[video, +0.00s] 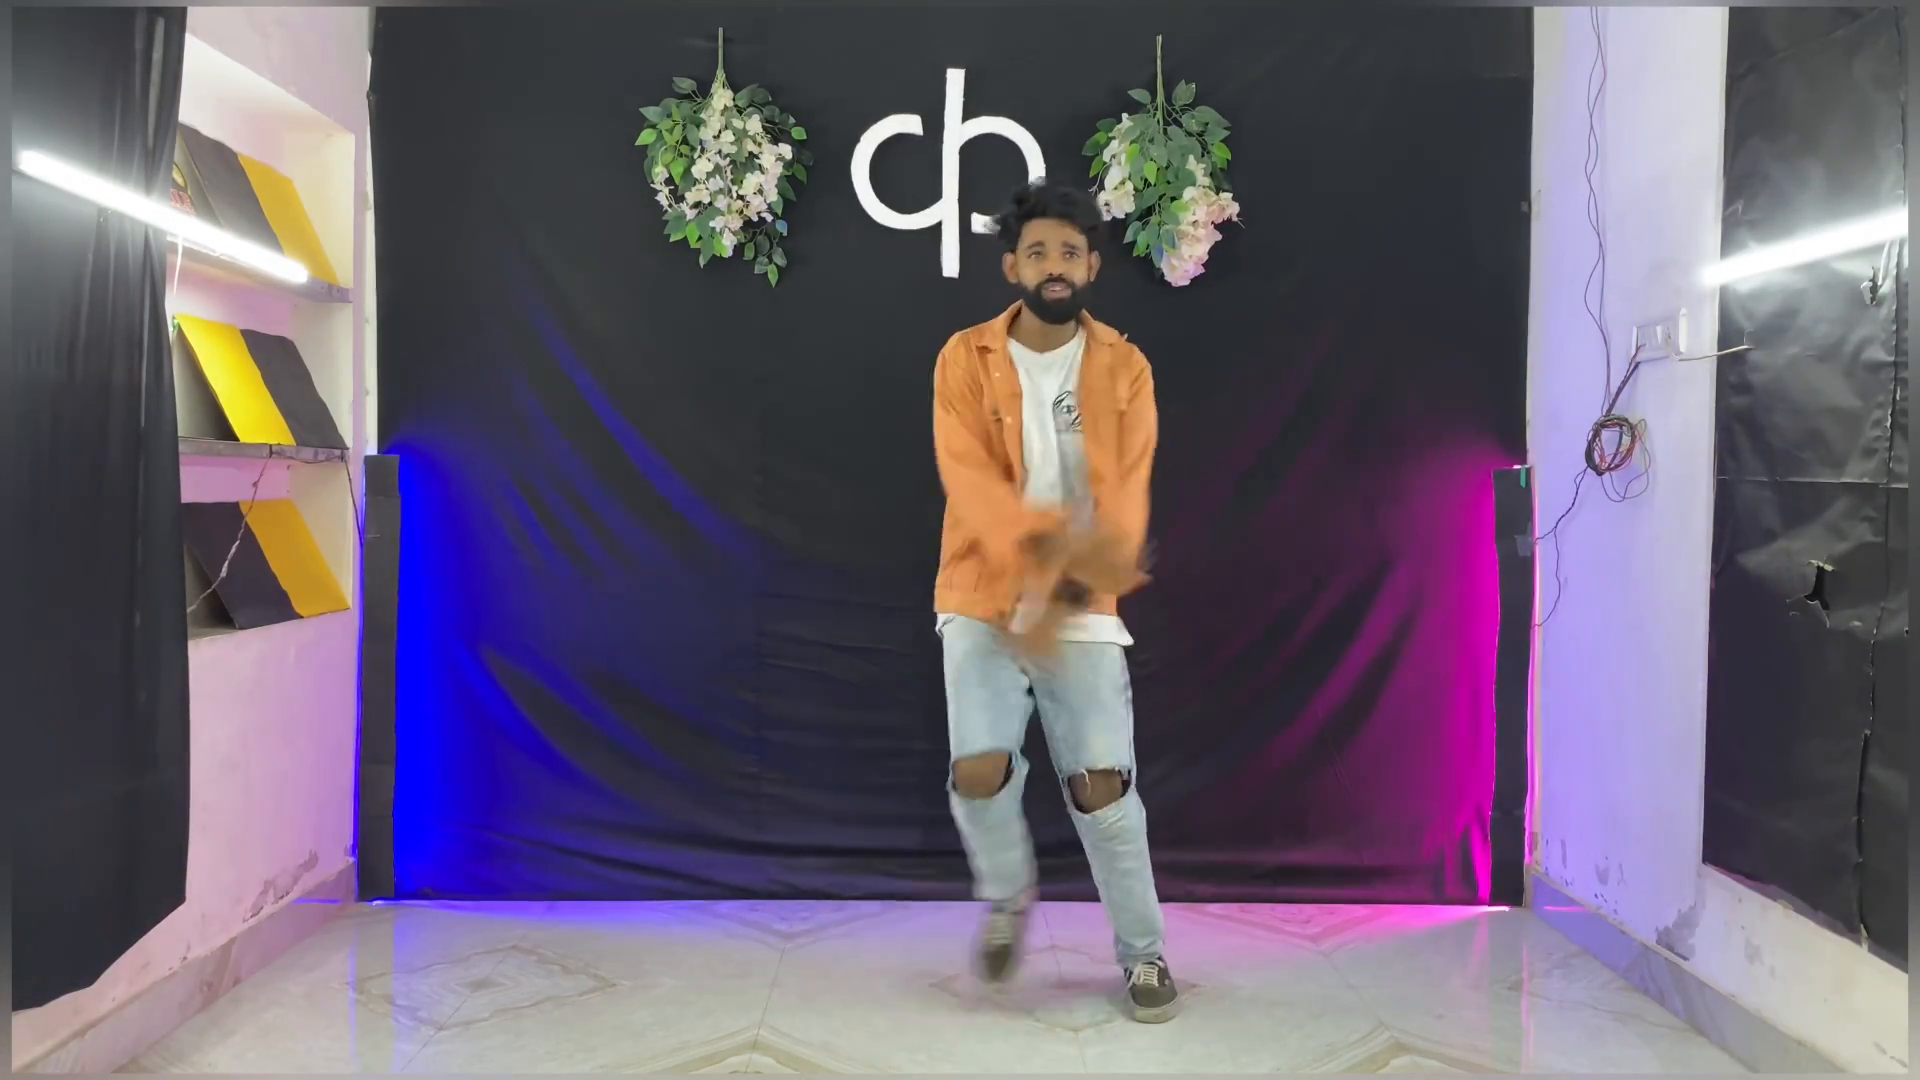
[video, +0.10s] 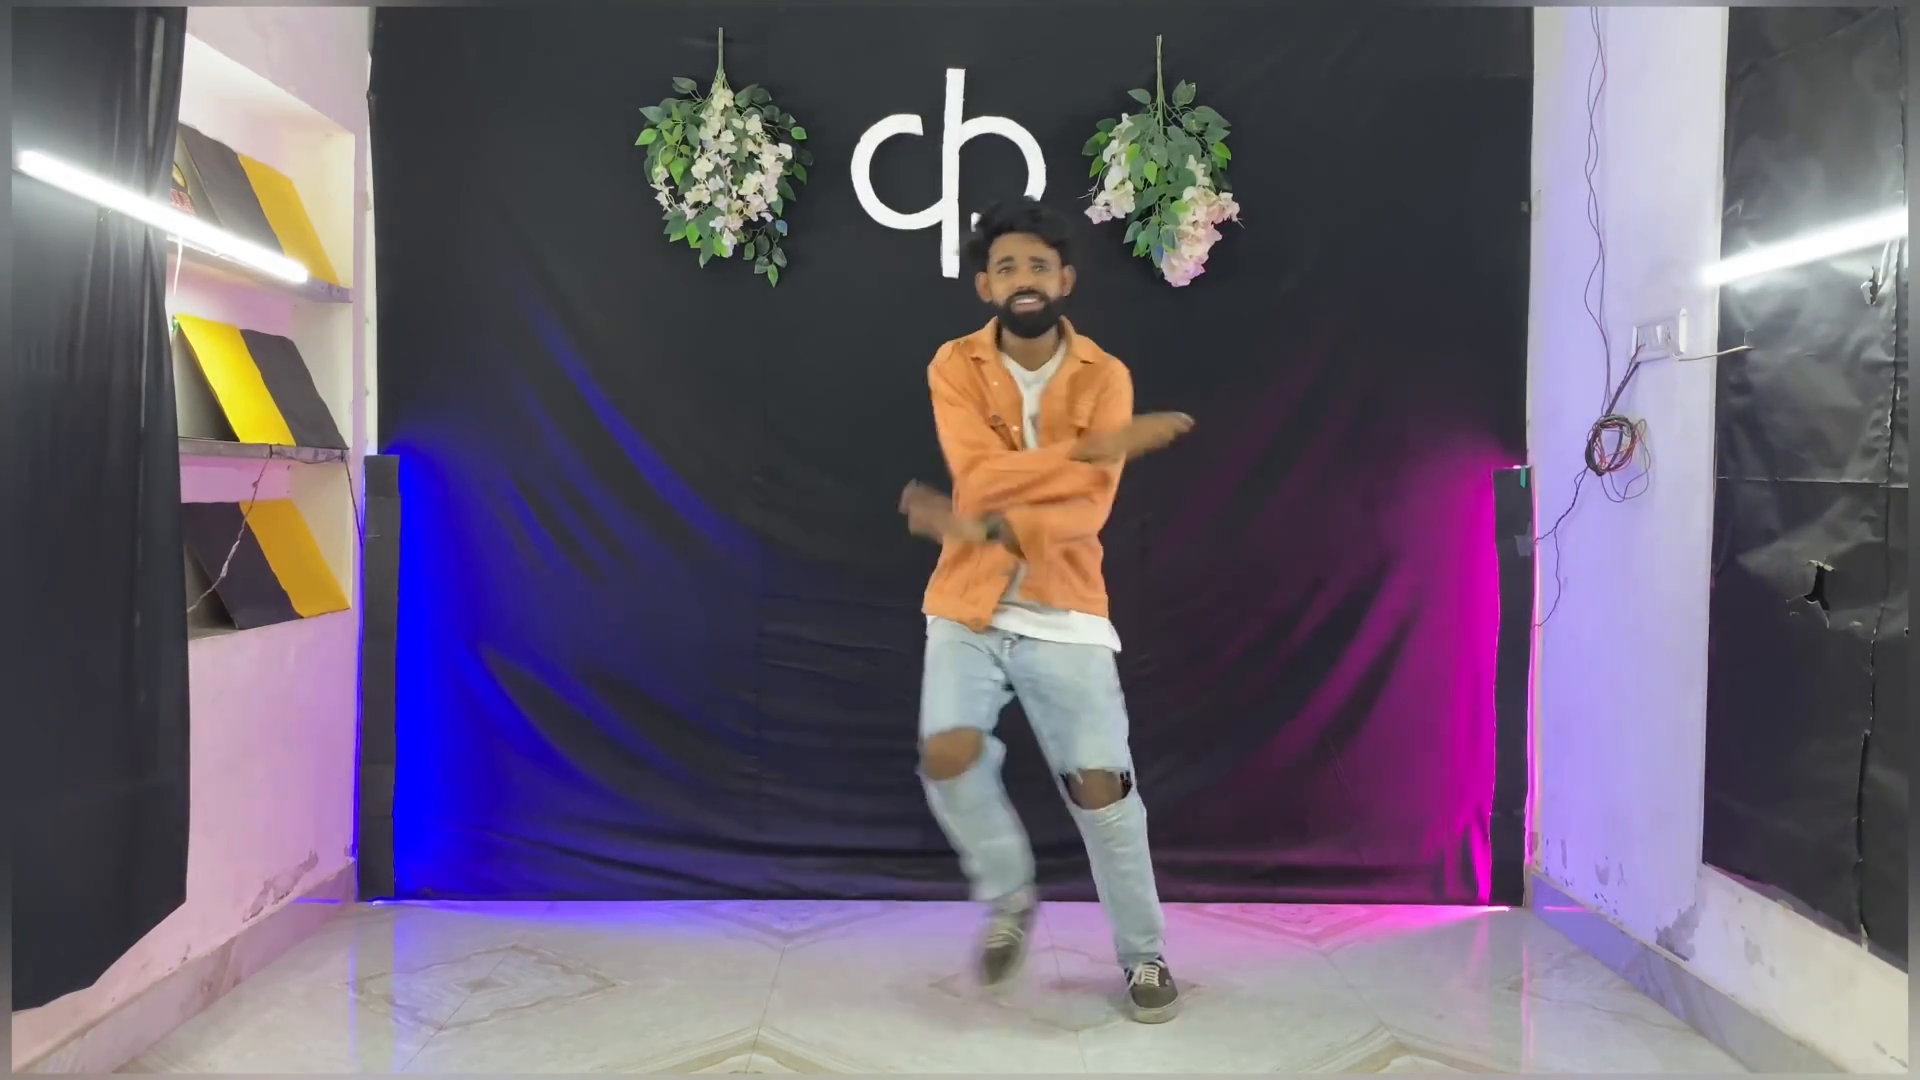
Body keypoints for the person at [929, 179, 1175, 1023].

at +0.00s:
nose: (1054, 268)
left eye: (1071, 253)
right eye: (1036, 253)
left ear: (1093, 267)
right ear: (1010, 263)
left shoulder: (1123, 366)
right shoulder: (965, 358)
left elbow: (1128, 492)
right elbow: (964, 476)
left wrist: (1076, 576)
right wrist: (1040, 536)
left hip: (1083, 602)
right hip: (981, 600)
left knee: (1100, 783)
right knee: (978, 767)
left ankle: (1142, 951)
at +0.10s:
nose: (1024, 279)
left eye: (1039, 264)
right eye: (1005, 267)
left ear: (1066, 277)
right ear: (982, 285)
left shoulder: (1102, 377)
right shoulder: (957, 365)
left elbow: (1088, 502)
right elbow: (977, 472)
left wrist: (974, 522)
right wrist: (1096, 447)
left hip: (1066, 607)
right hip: (968, 599)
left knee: (1099, 785)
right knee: (947, 752)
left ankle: (1143, 953)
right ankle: (1009, 895)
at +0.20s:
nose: (981, 281)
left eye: (1000, 266)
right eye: (966, 266)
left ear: (1033, 280)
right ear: (949, 279)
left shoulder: (1078, 377)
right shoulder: (921, 374)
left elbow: (1104, 517)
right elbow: (894, 497)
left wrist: (1031, 495)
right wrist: (972, 481)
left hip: (1045, 620)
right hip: (942, 607)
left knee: (1067, 795)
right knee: (892, 756)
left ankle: (1136, 953)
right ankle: (848, 935)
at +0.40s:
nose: (920, 330)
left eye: (942, 320)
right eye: (912, 316)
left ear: (978, 340)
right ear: (897, 330)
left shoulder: (1021, 436)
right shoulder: (872, 442)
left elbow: (1093, 549)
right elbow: (822, 570)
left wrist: (1170, 644)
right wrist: (753, 663)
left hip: (963, 704)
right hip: (860, 684)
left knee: (960, 886)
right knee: (791, 836)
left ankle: (1107, 948)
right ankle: (682, 965)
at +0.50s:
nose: (964, 312)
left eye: (983, 299)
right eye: (951, 297)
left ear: (1016, 312)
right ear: (932, 308)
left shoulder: (1057, 405)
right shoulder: (907, 405)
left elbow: (1099, 527)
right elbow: (863, 535)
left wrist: (1127, 642)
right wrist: (821, 650)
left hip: (1006, 675)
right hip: (898, 665)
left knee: (1020, 843)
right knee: (800, 807)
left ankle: (1113, 961)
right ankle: (692, 959)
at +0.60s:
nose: (1025, 288)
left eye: (1044, 273)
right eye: (1010, 271)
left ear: (1073, 280)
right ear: (986, 276)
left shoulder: (1107, 352)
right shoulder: (957, 365)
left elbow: (1131, 447)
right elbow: (917, 492)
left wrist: (1095, 482)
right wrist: (891, 604)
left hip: (1077, 621)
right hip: (965, 613)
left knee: (1102, 792)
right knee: (880, 768)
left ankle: (1116, 956)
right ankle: (771, 933)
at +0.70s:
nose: (1078, 276)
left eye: (1094, 262)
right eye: (1065, 259)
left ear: (1116, 271)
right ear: (1034, 260)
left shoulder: (1140, 331)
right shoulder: (992, 354)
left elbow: (1176, 369)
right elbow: (960, 481)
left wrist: (1119, 297)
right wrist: (943, 590)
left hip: (1125, 600)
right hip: (1020, 597)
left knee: (1139, 774)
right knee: (970, 750)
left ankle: (1123, 950)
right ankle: (925, 882)